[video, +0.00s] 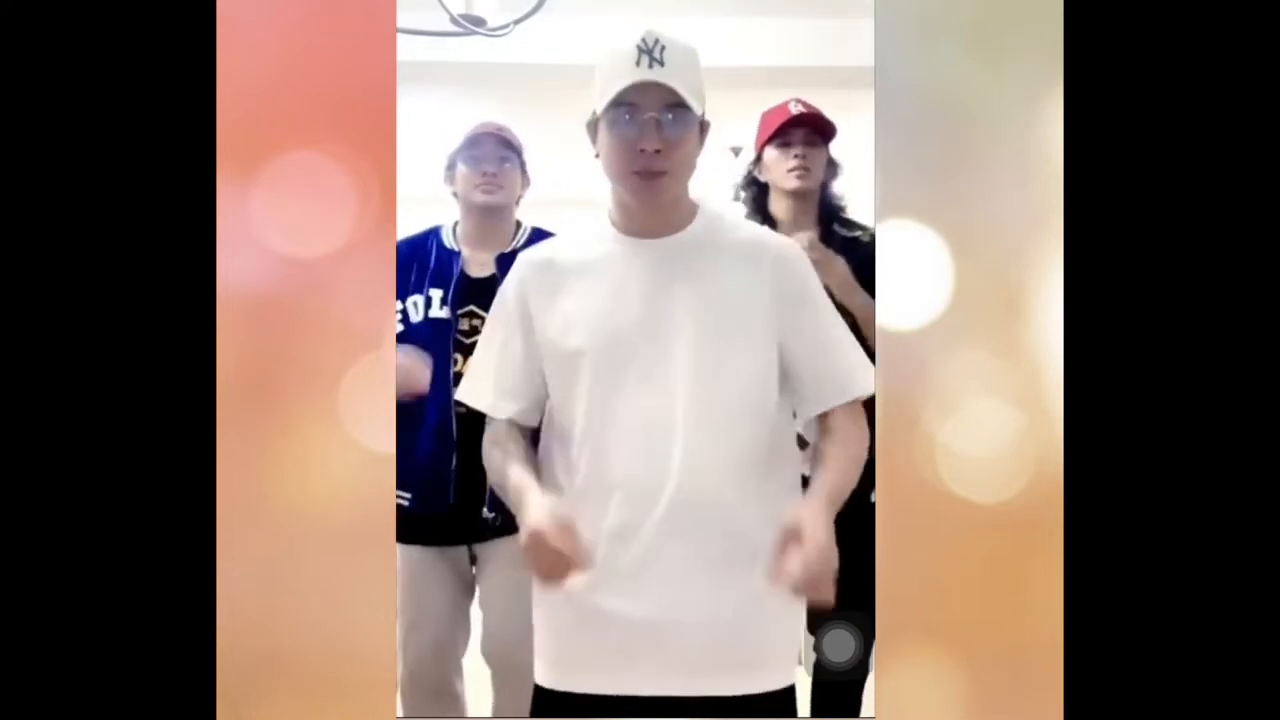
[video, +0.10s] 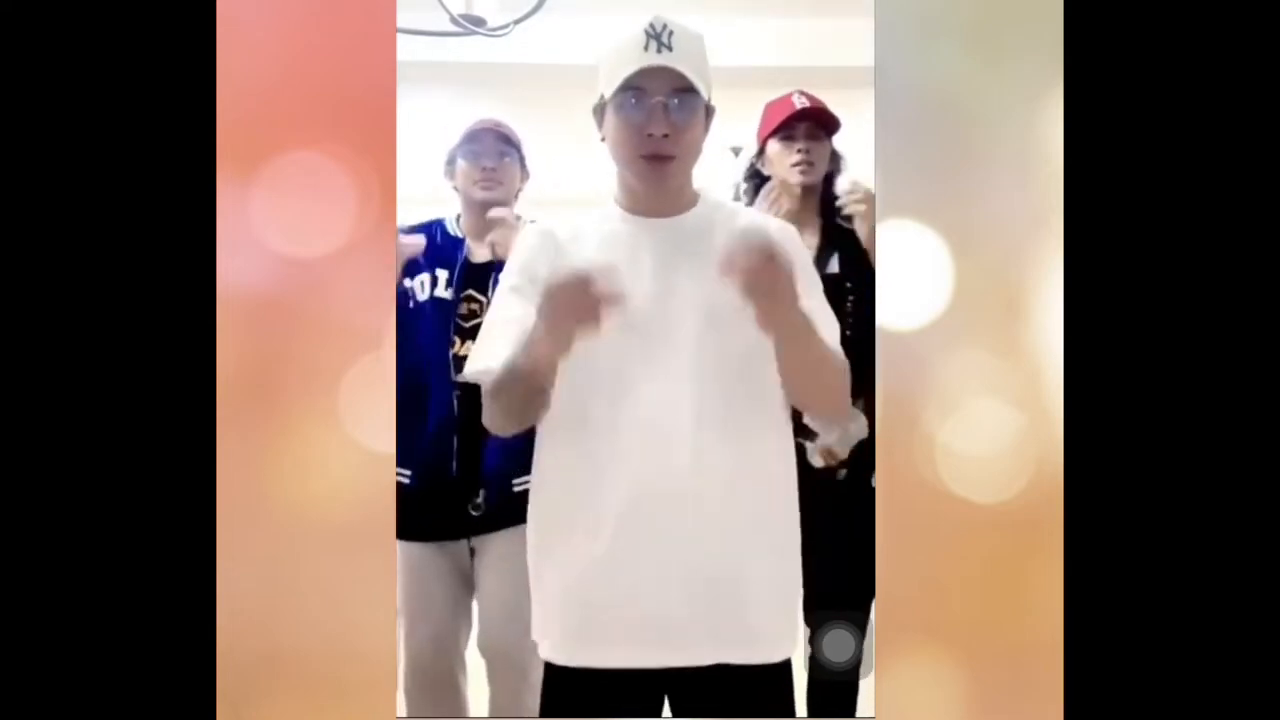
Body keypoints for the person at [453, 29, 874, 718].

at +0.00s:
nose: (650, 139)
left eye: (672, 117)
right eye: (627, 116)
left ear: (701, 137)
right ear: (594, 136)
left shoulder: (772, 266)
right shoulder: (543, 276)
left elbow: (844, 419)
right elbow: (503, 433)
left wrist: (820, 507)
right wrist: (531, 503)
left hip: (743, 654)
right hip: (587, 655)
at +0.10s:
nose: (658, 119)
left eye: (680, 99)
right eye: (635, 99)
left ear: (709, 121)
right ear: (601, 121)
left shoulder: (766, 244)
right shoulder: (551, 247)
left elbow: (831, 407)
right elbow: (501, 416)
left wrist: (781, 310)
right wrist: (549, 339)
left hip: (737, 610)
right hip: (592, 612)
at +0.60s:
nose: (671, 239)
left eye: (694, 222)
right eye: (650, 222)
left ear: (729, 179)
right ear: (606, 179)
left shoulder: (771, 232)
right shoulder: (538, 224)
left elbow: (797, 317)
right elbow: (492, 327)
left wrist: (779, 349)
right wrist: (540, 362)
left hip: (720, 584)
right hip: (583, 587)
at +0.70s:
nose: (667, 269)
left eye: (686, 248)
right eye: (647, 249)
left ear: (722, 203)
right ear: (601, 197)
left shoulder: (771, 261)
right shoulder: (535, 258)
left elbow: (808, 365)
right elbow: (485, 378)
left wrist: (788, 385)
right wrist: (542, 396)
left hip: (719, 606)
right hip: (582, 610)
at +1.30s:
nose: (746, 114)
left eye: (759, 93)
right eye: (720, 91)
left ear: (773, 108)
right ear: (662, 106)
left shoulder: (785, 251)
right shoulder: (581, 212)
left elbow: (773, 421)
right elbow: (526, 377)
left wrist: (756, 330)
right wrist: (559, 334)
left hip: (725, 581)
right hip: (592, 575)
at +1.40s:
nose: (755, 119)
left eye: (765, 97)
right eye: (726, 99)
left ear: (781, 110)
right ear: (673, 123)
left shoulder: (794, 265)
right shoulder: (594, 222)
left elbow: (789, 426)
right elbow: (528, 385)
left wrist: (767, 330)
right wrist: (568, 349)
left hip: (725, 586)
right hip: (593, 579)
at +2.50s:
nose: (649, 106)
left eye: (675, 92)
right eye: (635, 97)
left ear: (719, 123)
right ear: (618, 132)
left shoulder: (788, 232)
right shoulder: (585, 254)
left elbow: (831, 400)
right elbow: (510, 397)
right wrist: (623, 316)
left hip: (733, 601)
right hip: (592, 600)